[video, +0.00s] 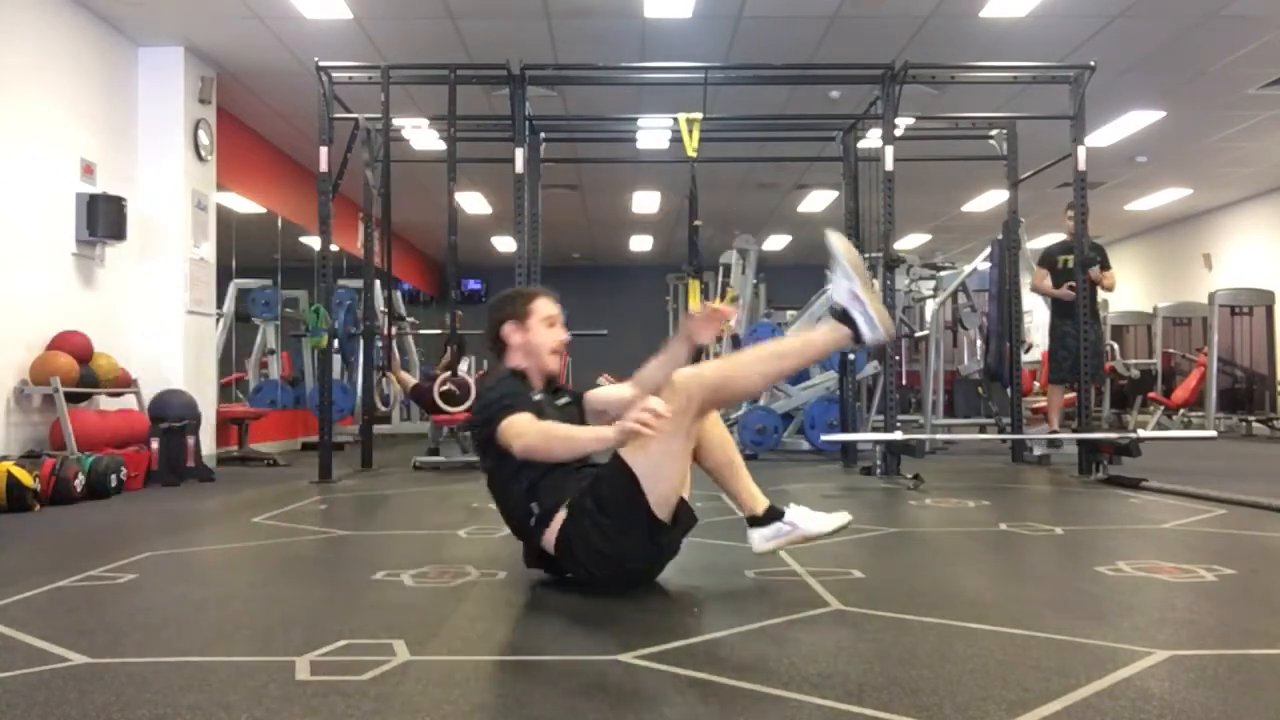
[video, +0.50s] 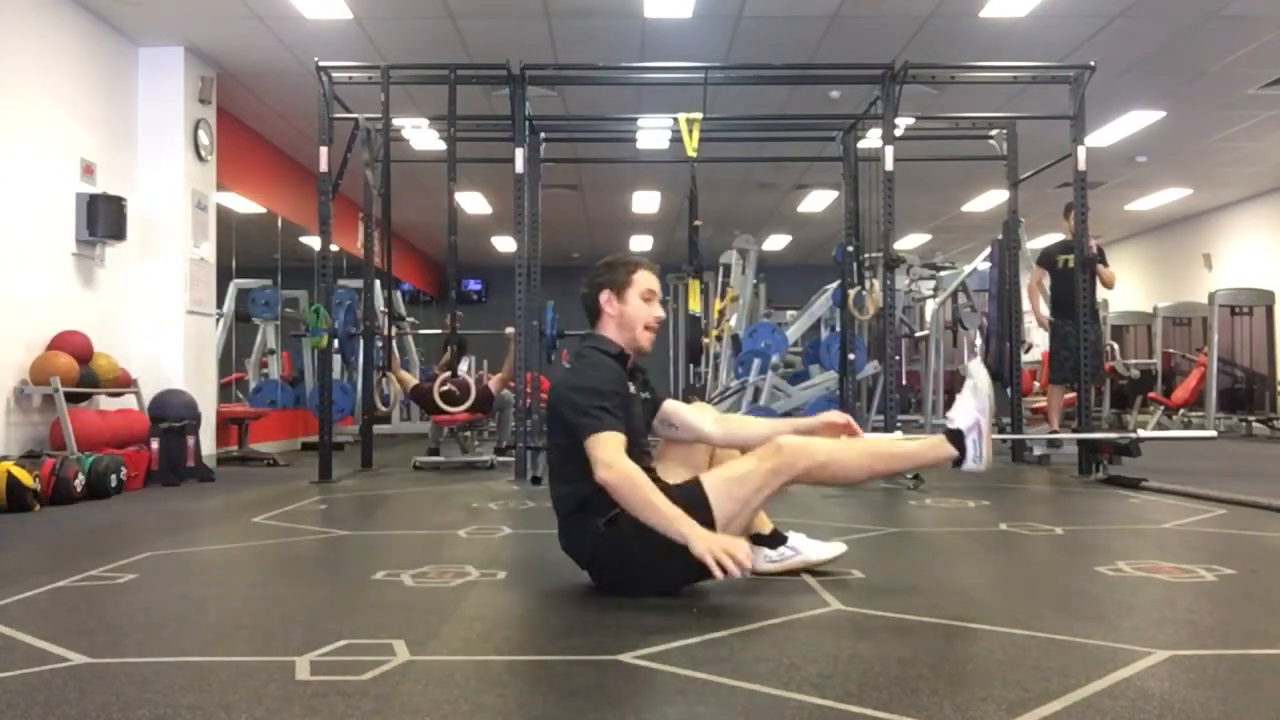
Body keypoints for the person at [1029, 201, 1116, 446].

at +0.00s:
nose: (1076, 222)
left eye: (1081, 217)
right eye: (1072, 218)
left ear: (1087, 220)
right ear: (1064, 220)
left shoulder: (1097, 250)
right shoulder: (1053, 251)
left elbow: (1111, 284)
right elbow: (1036, 283)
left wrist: (1100, 279)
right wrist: (1057, 292)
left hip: (1090, 320)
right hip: (1062, 321)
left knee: (1090, 376)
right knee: (1058, 376)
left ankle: (1087, 424)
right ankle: (1054, 428)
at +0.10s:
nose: (1078, 222)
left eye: (1082, 217)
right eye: (1073, 217)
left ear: (1088, 220)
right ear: (1065, 220)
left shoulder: (1097, 250)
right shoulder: (1052, 251)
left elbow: (1111, 285)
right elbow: (1034, 283)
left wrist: (1100, 274)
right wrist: (1051, 297)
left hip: (1090, 320)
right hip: (1063, 321)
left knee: (1090, 376)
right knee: (1058, 376)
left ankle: (1087, 425)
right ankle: (1054, 428)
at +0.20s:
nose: (1080, 222)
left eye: (1083, 217)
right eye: (1075, 217)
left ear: (1088, 219)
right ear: (1066, 220)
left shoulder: (1096, 250)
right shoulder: (1054, 251)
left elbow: (1110, 284)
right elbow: (1032, 282)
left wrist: (1098, 267)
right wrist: (1046, 306)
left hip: (1090, 320)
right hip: (1063, 320)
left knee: (1090, 376)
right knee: (1058, 377)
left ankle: (1087, 425)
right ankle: (1054, 428)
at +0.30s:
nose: (1080, 222)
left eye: (1083, 217)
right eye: (1075, 218)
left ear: (1088, 219)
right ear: (1066, 220)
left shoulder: (1096, 250)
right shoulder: (1054, 251)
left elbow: (1110, 284)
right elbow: (1032, 283)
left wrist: (1097, 265)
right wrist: (1038, 311)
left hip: (1090, 322)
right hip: (1062, 321)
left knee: (1089, 377)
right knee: (1058, 377)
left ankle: (1087, 425)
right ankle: (1054, 428)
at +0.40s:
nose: (1080, 222)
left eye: (1083, 217)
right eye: (1076, 217)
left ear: (1088, 220)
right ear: (1066, 220)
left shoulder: (1095, 250)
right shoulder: (1053, 251)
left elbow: (1110, 284)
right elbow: (1032, 283)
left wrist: (1096, 263)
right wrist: (1033, 313)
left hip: (1090, 322)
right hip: (1062, 321)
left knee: (1090, 377)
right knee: (1058, 377)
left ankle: (1087, 425)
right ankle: (1054, 428)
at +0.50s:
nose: (1080, 223)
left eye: (1083, 218)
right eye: (1076, 218)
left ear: (1088, 220)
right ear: (1066, 220)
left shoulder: (1095, 250)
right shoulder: (1052, 251)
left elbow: (1110, 283)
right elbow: (1033, 283)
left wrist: (1096, 262)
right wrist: (1038, 314)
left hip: (1089, 321)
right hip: (1062, 321)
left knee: (1090, 378)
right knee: (1057, 379)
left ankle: (1088, 425)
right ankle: (1054, 428)